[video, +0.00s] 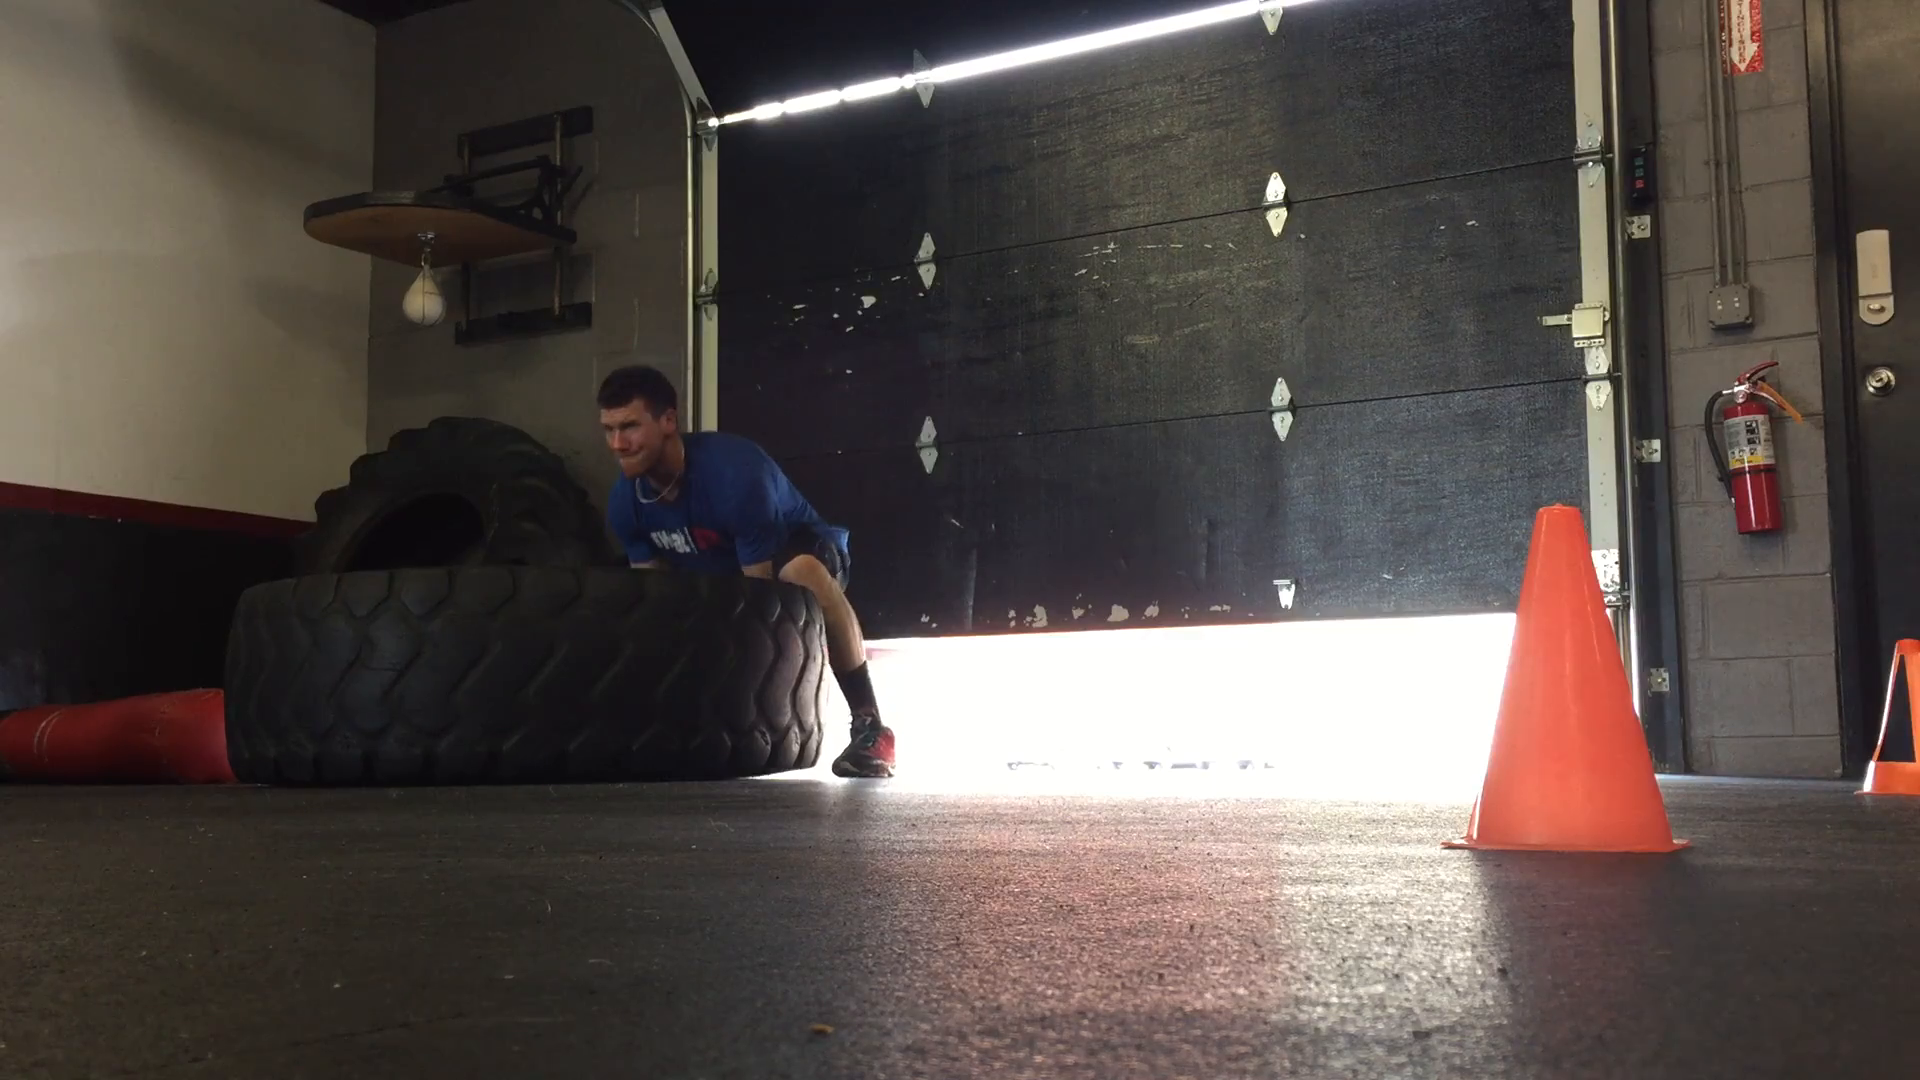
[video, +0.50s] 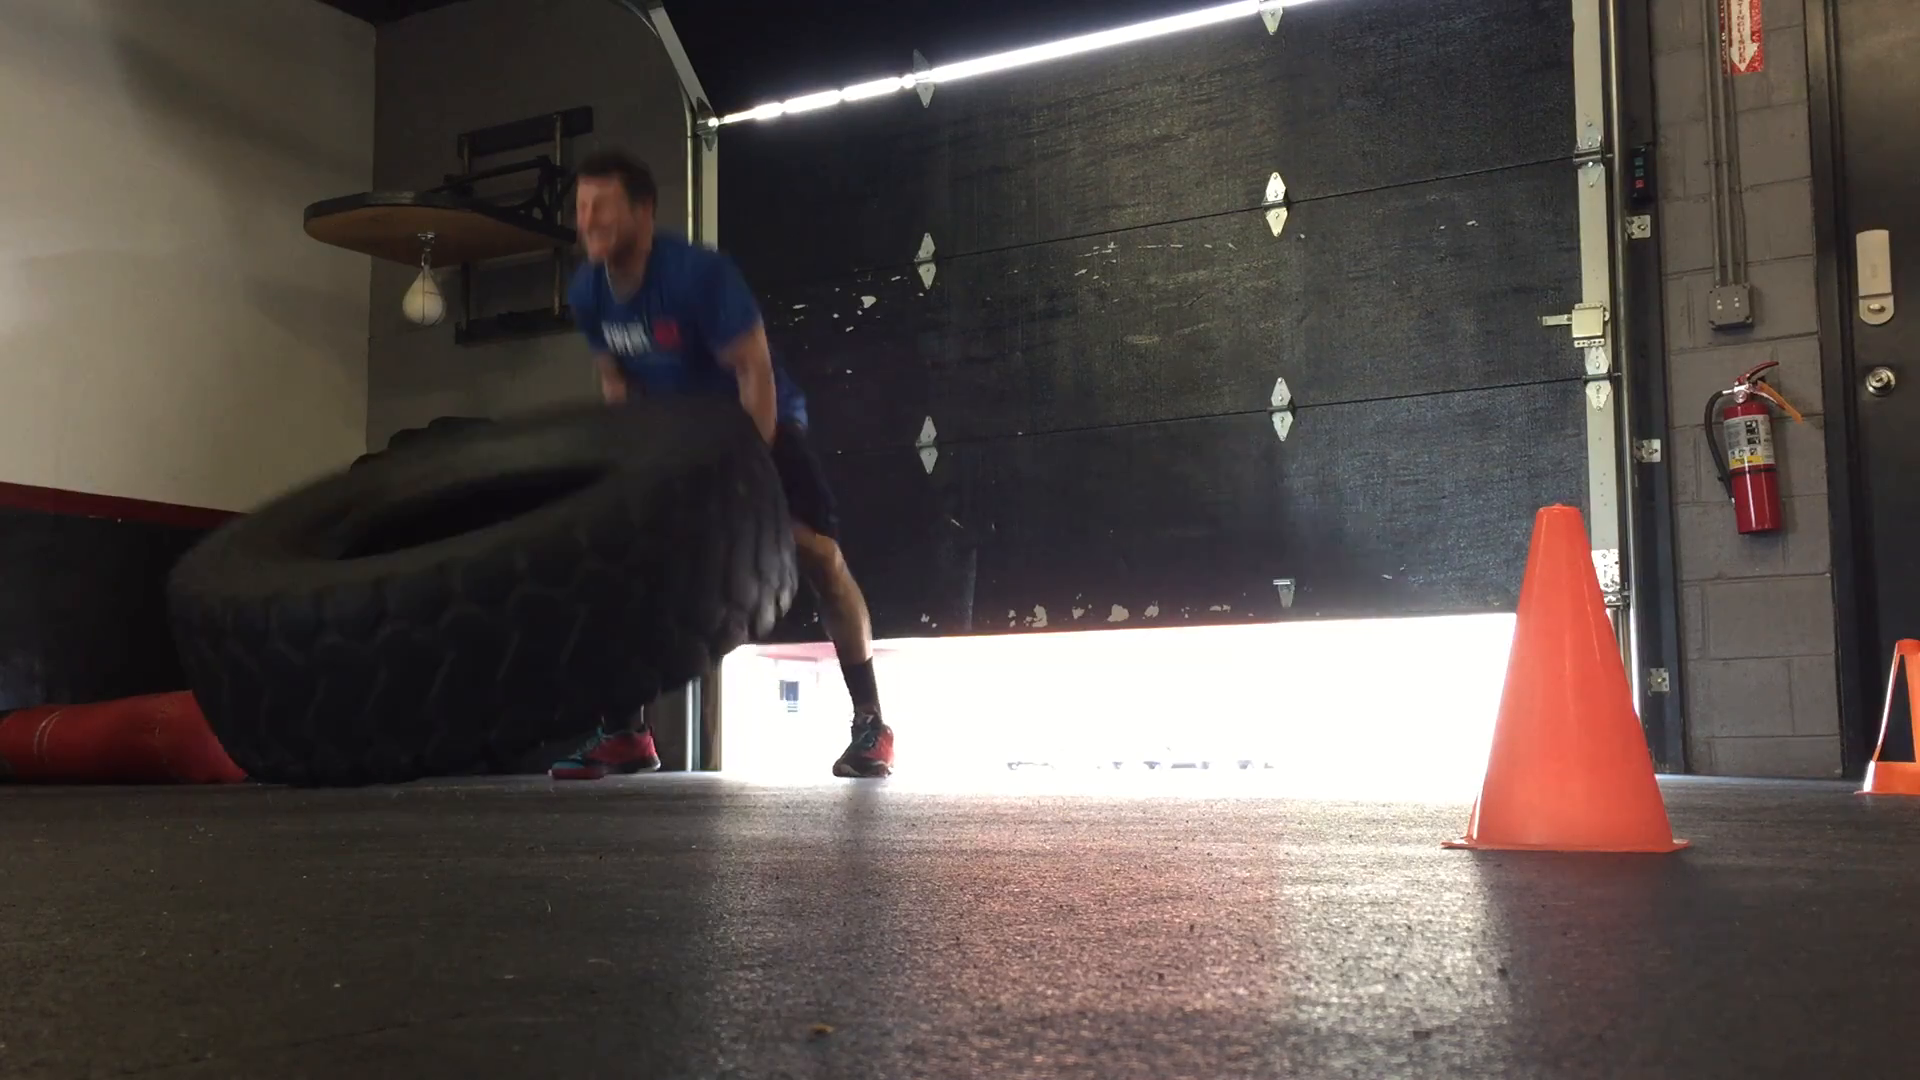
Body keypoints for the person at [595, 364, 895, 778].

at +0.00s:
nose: (617, 442)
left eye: (629, 427)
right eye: (609, 430)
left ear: (668, 421)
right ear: (604, 432)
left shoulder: (739, 469)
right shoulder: (626, 503)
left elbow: (757, 589)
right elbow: (657, 593)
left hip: (796, 545)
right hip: (717, 570)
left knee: (804, 570)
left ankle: (869, 727)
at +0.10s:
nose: (614, 428)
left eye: (626, 413)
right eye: (606, 417)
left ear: (665, 408)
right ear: (601, 420)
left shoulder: (737, 455)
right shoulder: (627, 488)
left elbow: (768, 575)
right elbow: (655, 583)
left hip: (798, 534)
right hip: (722, 558)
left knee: (814, 569)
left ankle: (870, 726)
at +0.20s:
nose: (610, 399)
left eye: (622, 384)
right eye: (603, 388)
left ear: (662, 381)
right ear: (596, 393)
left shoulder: (732, 429)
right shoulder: (621, 461)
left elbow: (769, 550)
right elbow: (651, 555)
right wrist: (656, 636)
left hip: (799, 513)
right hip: (715, 536)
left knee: (825, 564)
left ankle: (871, 725)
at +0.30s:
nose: (602, 354)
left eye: (614, 339)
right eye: (596, 342)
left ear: (655, 339)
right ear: (592, 349)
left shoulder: (724, 389)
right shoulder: (612, 419)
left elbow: (768, 502)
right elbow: (645, 511)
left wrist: (774, 603)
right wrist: (653, 593)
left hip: (794, 484)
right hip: (702, 504)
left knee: (829, 554)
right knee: (628, 576)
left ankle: (872, 724)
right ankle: (631, 734)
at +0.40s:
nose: (596, 293)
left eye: (609, 278)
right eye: (588, 281)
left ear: (647, 280)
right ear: (581, 288)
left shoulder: (714, 337)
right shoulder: (599, 360)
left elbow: (763, 446)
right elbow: (632, 457)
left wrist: (764, 551)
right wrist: (647, 543)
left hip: (780, 455)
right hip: (693, 469)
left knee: (836, 558)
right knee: (629, 576)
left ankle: (873, 725)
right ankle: (628, 735)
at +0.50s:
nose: (590, 224)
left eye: (604, 209)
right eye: (582, 212)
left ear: (644, 212)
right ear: (575, 219)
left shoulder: (703, 274)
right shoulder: (588, 291)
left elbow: (757, 373)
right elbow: (614, 380)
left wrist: (746, 473)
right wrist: (633, 462)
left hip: (761, 428)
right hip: (677, 439)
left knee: (819, 556)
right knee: (628, 567)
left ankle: (870, 724)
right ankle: (628, 730)